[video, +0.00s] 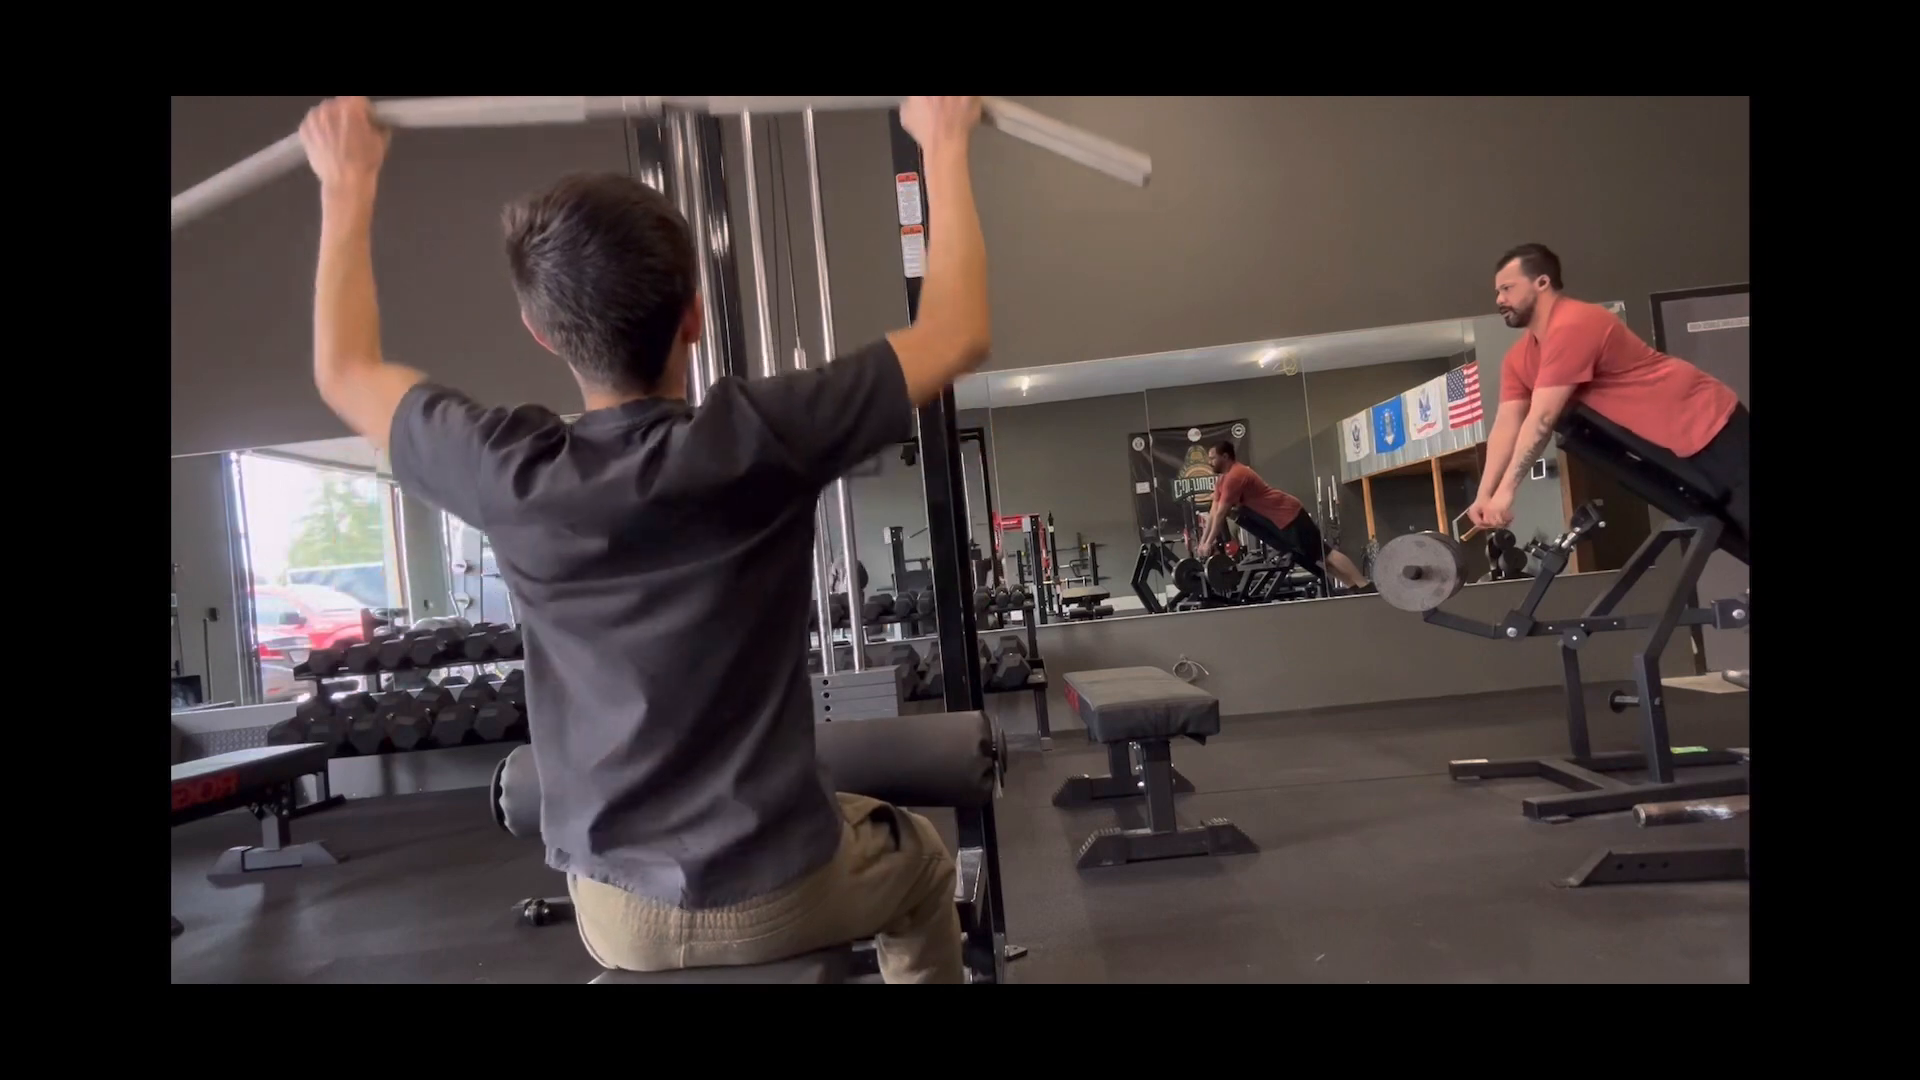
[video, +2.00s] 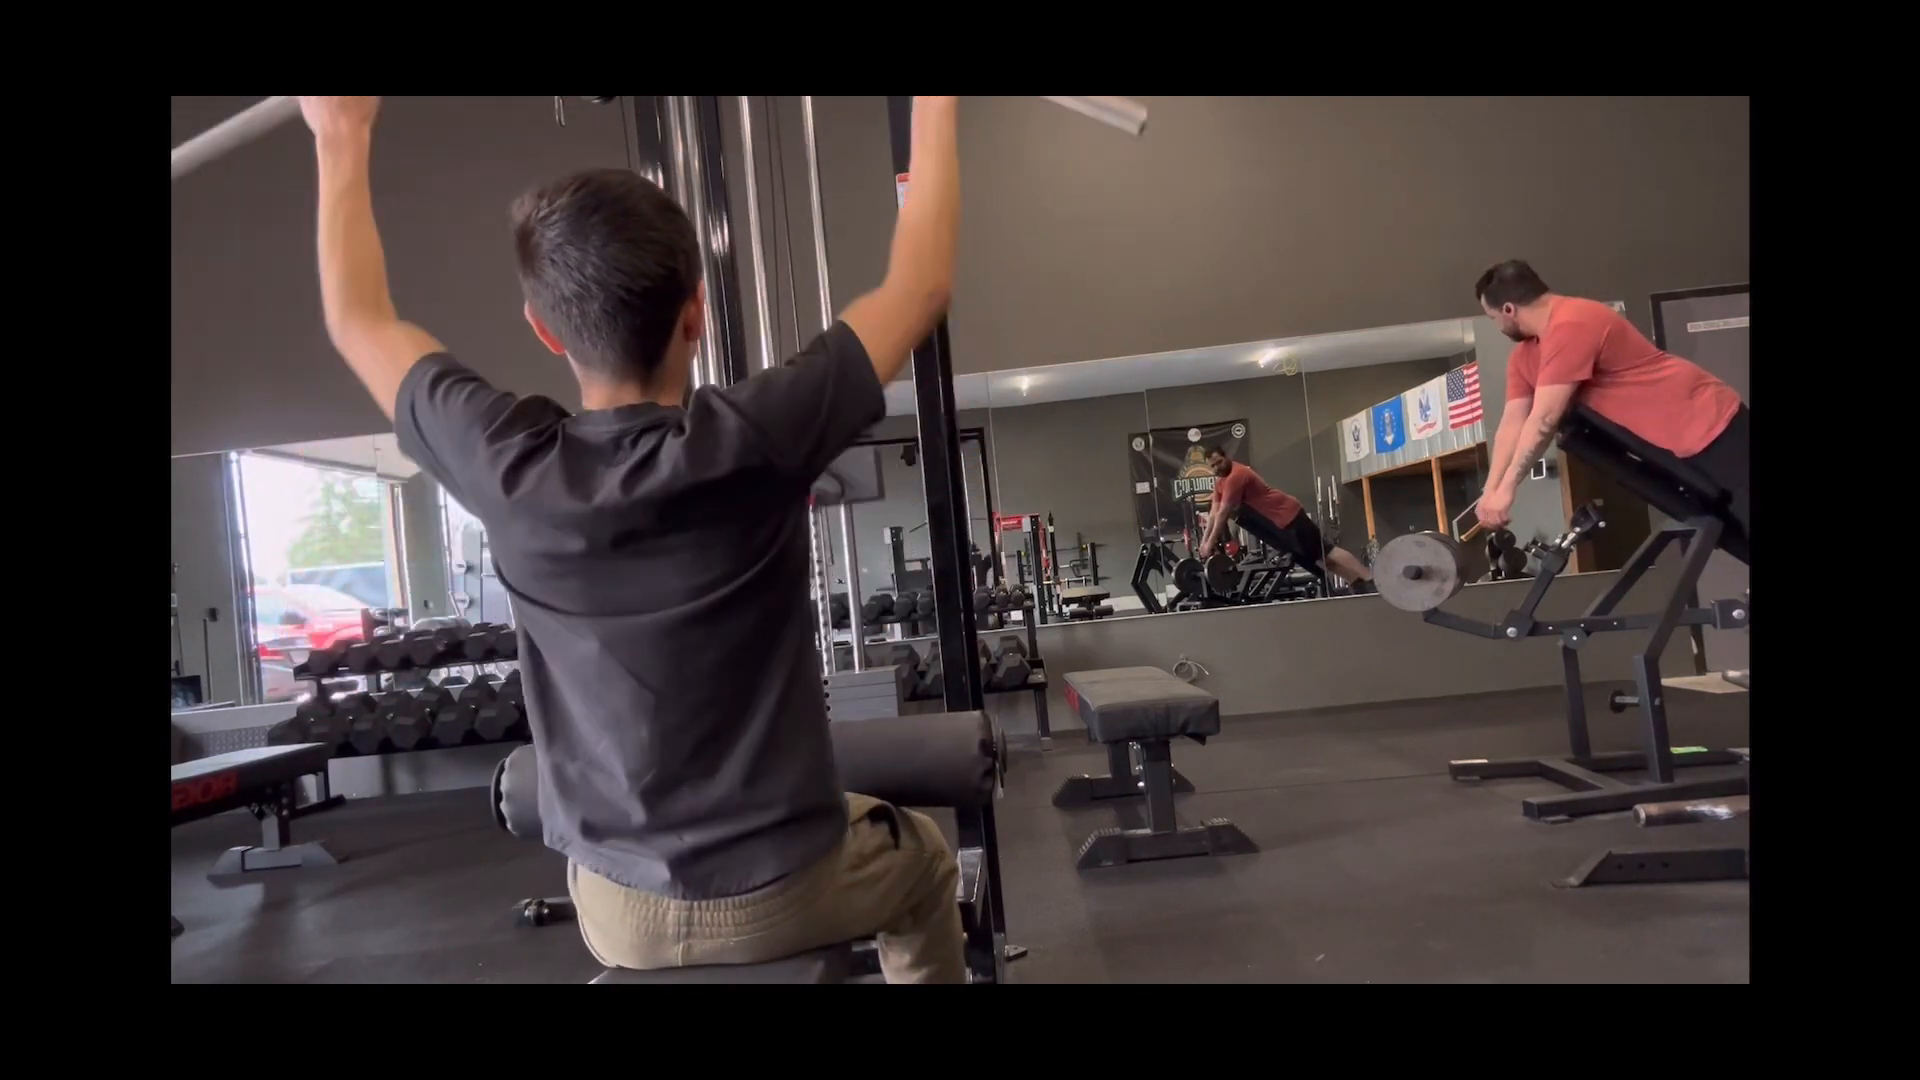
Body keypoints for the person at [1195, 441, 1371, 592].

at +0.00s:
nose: (1209, 461)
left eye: (1212, 457)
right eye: (1209, 458)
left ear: (1225, 456)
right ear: (1221, 458)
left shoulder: (1236, 475)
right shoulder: (1221, 480)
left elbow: (1222, 512)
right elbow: (1213, 512)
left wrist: (1210, 542)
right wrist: (1204, 541)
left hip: (1291, 513)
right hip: (1279, 523)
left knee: (1325, 552)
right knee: (1317, 560)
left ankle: (1363, 584)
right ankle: (1353, 586)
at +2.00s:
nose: (1216, 466)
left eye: (1219, 461)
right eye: (1212, 464)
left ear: (1226, 458)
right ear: (1210, 467)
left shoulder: (1237, 475)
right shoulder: (1220, 482)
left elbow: (1224, 512)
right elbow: (1214, 512)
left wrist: (1211, 540)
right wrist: (1206, 539)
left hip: (1290, 514)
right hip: (1279, 525)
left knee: (1326, 551)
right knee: (1319, 558)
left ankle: (1370, 578)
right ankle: (1356, 583)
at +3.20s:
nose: (1212, 475)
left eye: (1213, 470)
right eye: (1209, 473)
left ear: (1221, 462)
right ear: (1208, 472)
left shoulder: (1239, 475)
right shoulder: (1220, 485)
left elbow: (1241, 510)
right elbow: (1219, 512)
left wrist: (1233, 541)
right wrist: (1211, 539)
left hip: (1289, 514)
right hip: (1276, 526)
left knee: (1324, 551)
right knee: (1315, 558)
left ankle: (1367, 581)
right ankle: (1354, 583)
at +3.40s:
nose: (1214, 475)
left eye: (1214, 470)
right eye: (1210, 473)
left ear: (1221, 463)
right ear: (1208, 473)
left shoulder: (1240, 475)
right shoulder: (1220, 485)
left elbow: (1257, 505)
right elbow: (1225, 510)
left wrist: (1258, 537)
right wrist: (1223, 538)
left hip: (1289, 514)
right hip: (1274, 525)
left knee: (1323, 551)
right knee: (1313, 559)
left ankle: (1368, 581)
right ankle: (1354, 583)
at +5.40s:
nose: (1213, 480)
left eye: (1213, 474)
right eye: (1209, 478)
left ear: (1221, 466)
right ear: (1206, 477)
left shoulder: (1241, 479)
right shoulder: (1217, 487)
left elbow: (1258, 511)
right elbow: (1226, 514)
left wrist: (1269, 539)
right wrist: (1232, 541)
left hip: (1290, 514)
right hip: (1275, 523)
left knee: (1325, 551)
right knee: (1315, 558)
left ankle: (1368, 583)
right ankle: (1353, 584)